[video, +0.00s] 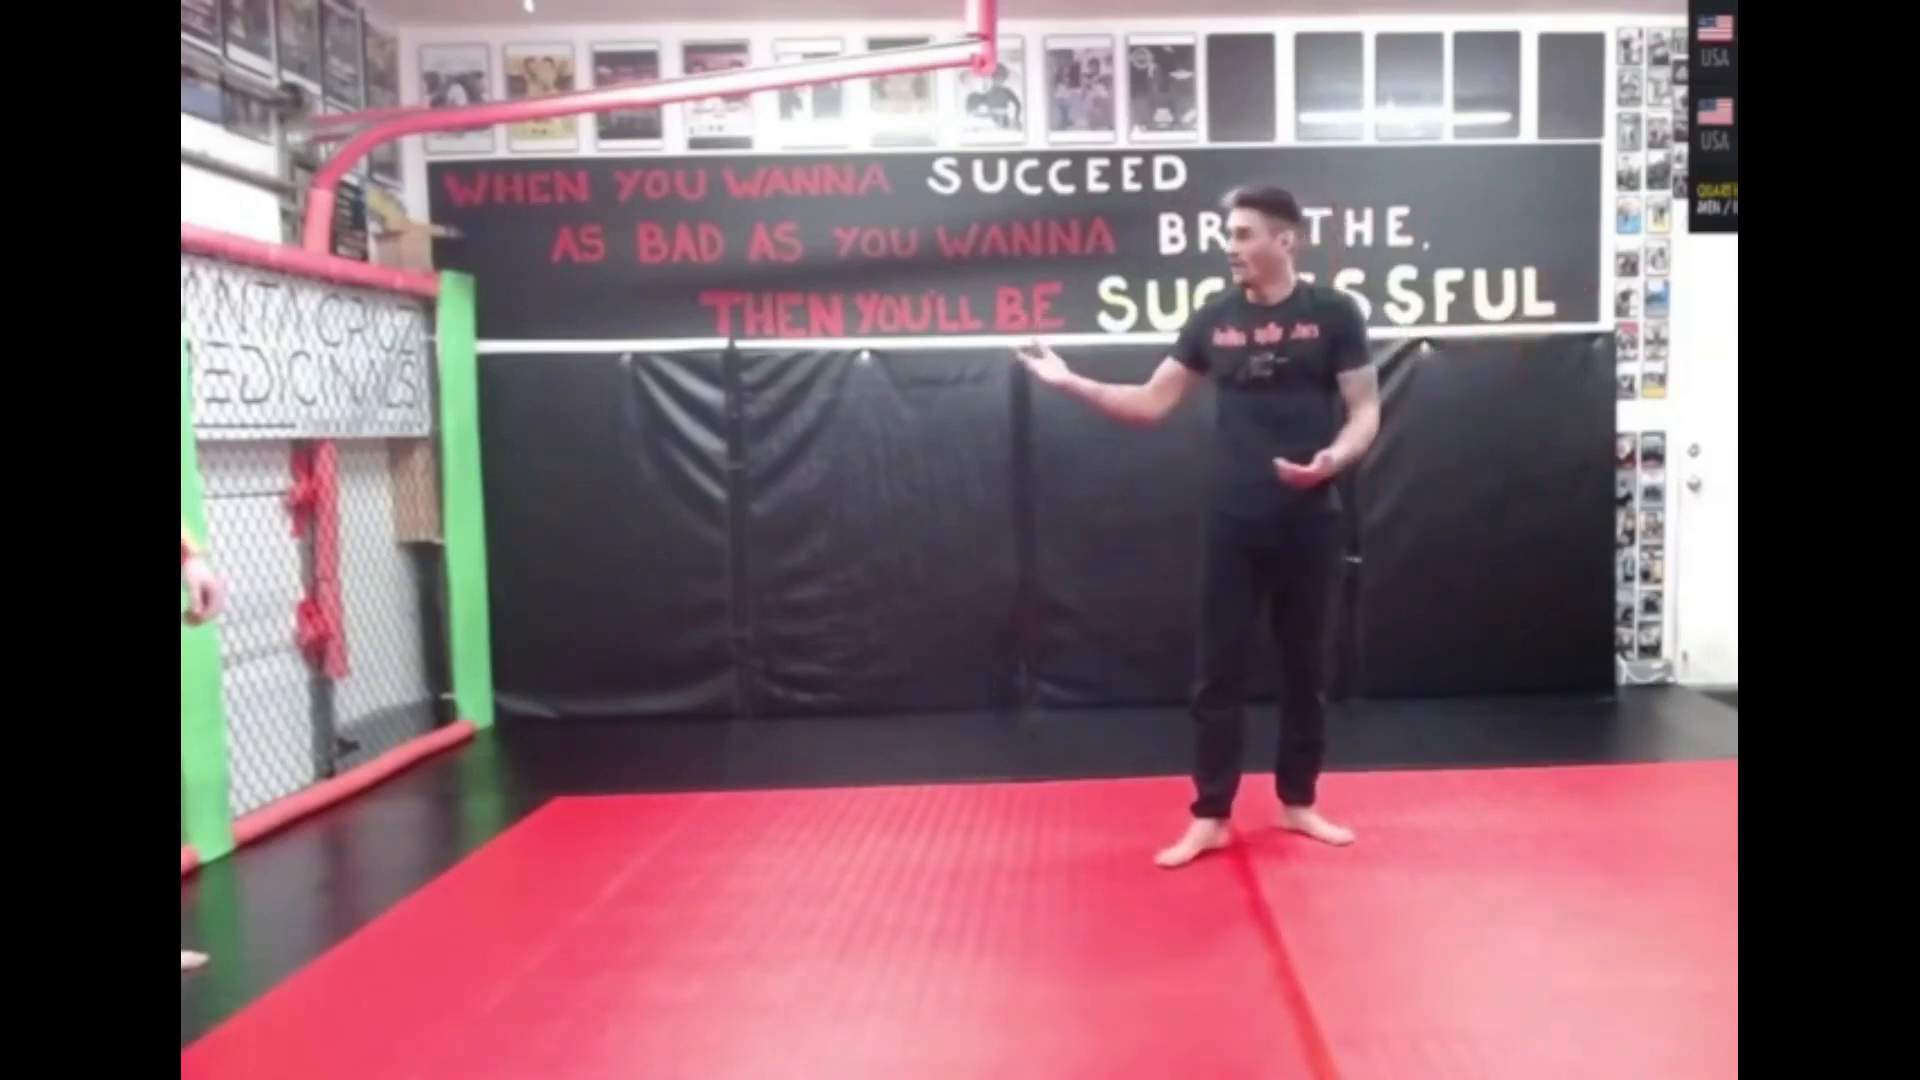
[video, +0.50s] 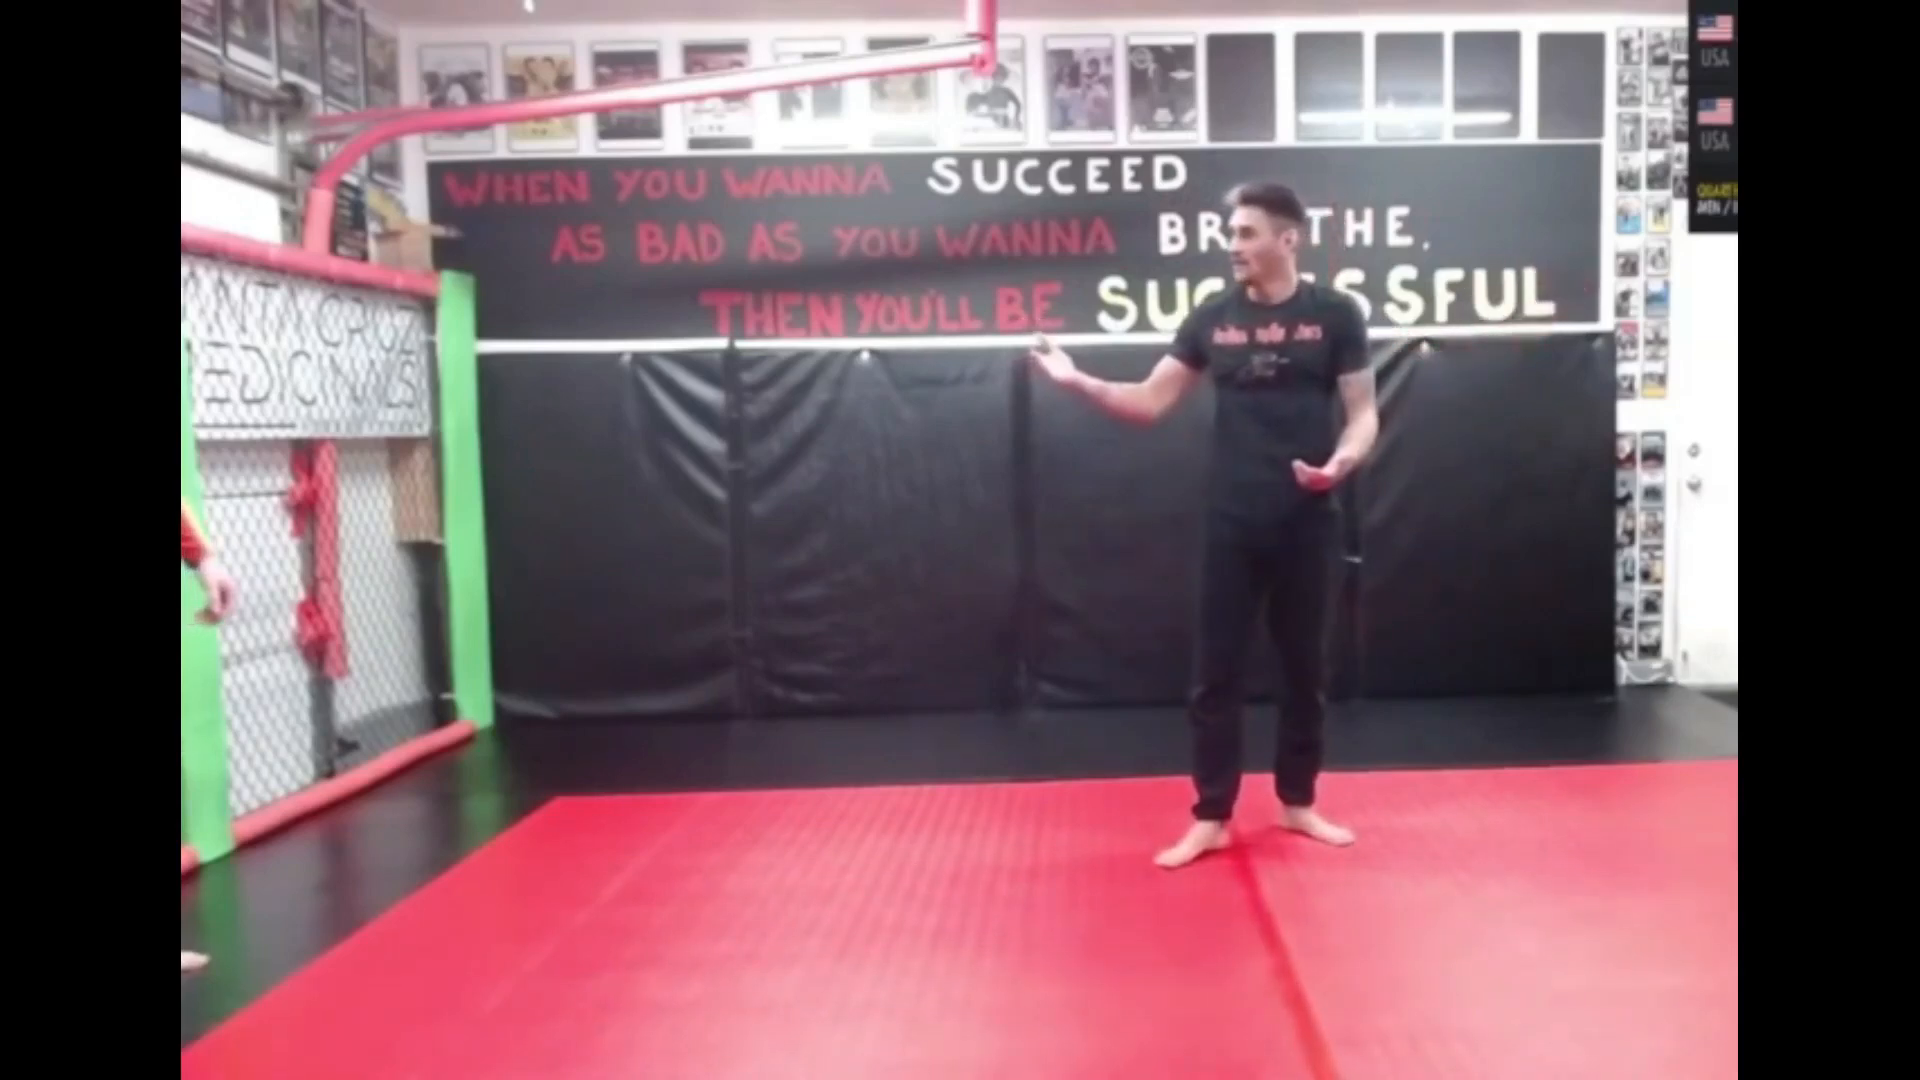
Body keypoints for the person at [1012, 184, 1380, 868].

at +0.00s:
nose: (1235, 247)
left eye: (1246, 235)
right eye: (1231, 236)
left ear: (1287, 241)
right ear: (1231, 243)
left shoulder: (1334, 314)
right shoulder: (1215, 318)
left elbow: (1365, 412)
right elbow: (1151, 402)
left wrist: (1334, 456)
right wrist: (1066, 380)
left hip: (1310, 514)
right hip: (1234, 513)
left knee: (1308, 663)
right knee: (1219, 665)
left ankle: (1299, 802)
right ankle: (1211, 817)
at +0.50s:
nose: (1235, 245)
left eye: (1248, 233)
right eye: (1232, 234)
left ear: (1290, 238)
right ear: (1232, 240)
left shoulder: (1335, 315)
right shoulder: (1215, 317)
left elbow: (1363, 415)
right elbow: (1150, 400)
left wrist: (1340, 461)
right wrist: (1075, 379)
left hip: (1308, 515)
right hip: (1232, 514)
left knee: (1306, 666)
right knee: (1216, 669)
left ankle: (1298, 802)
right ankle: (1212, 817)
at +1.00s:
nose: (1191, 248)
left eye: (1207, 237)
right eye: (1191, 236)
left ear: (1248, 250)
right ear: (1195, 247)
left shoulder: (1286, 332)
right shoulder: (1171, 328)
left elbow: (1324, 436)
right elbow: (1123, 413)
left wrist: (1285, 492)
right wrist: (1067, 447)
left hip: (1252, 530)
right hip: (1175, 525)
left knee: (1283, 672)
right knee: (1118, 655)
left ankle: (1296, 807)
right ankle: (1092, 819)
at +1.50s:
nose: (833, 368)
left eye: (840, 352)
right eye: (831, 353)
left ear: (887, 343)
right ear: (880, 348)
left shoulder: (975, 391)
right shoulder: (909, 406)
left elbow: (1017, 507)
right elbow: (931, 502)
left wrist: (988, 619)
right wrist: (923, 605)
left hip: (1050, 541)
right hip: (979, 539)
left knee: (1099, 697)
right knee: (939, 677)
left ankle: (1175, 843)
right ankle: (939, 847)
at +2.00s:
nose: (780, 316)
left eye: (788, 300)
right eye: (777, 301)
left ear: (838, 293)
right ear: (828, 298)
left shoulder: (925, 345)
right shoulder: (849, 367)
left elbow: (949, 473)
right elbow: (868, 466)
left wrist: (905, 585)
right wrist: (858, 573)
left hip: (1002, 528)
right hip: (935, 535)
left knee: (1069, 670)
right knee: (922, 683)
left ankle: (1154, 832)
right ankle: (937, 849)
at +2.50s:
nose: (1124, 235)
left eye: (1125, 222)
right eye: (1106, 224)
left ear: (1126, 232)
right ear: (1057, 237)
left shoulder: (1127, 320)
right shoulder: (1007, 326)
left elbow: (1155, 427)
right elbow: (950, 434)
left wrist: (1168, 531)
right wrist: (938, 556)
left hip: (1108, 540)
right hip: (1020, 543)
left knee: (1136, 695)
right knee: (979, 691)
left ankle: (1142, 858)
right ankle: (931, 839)